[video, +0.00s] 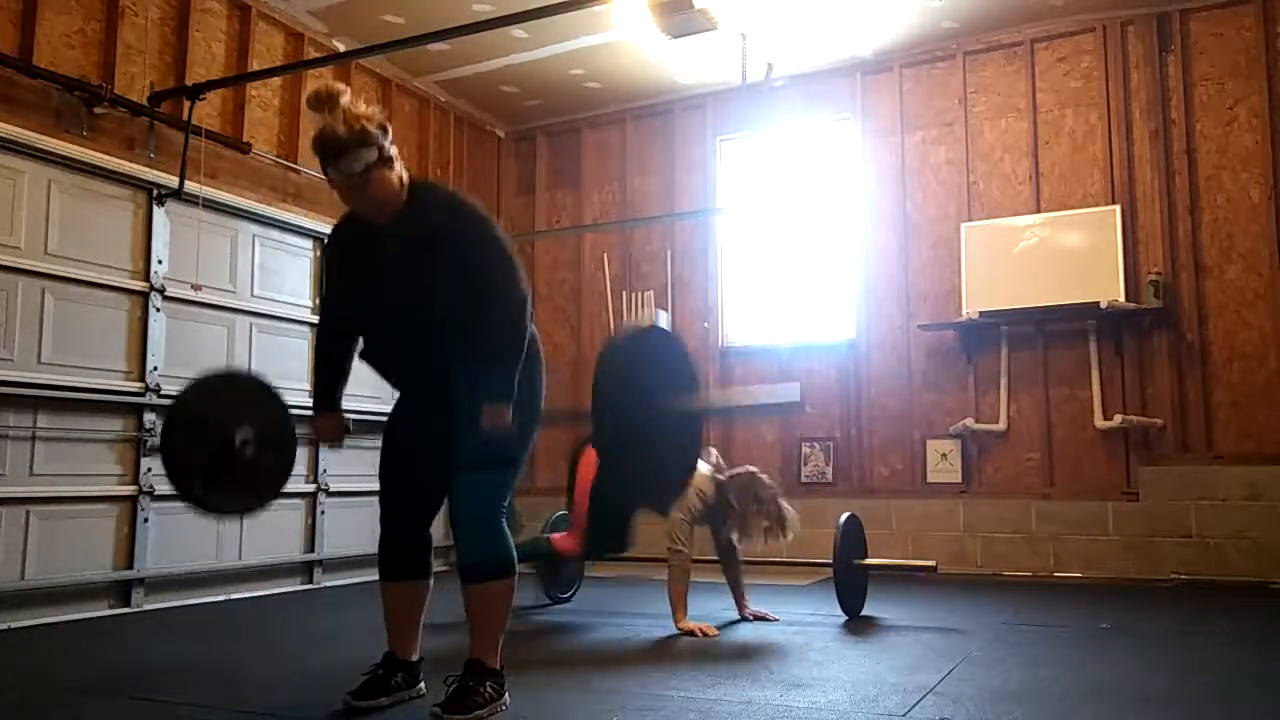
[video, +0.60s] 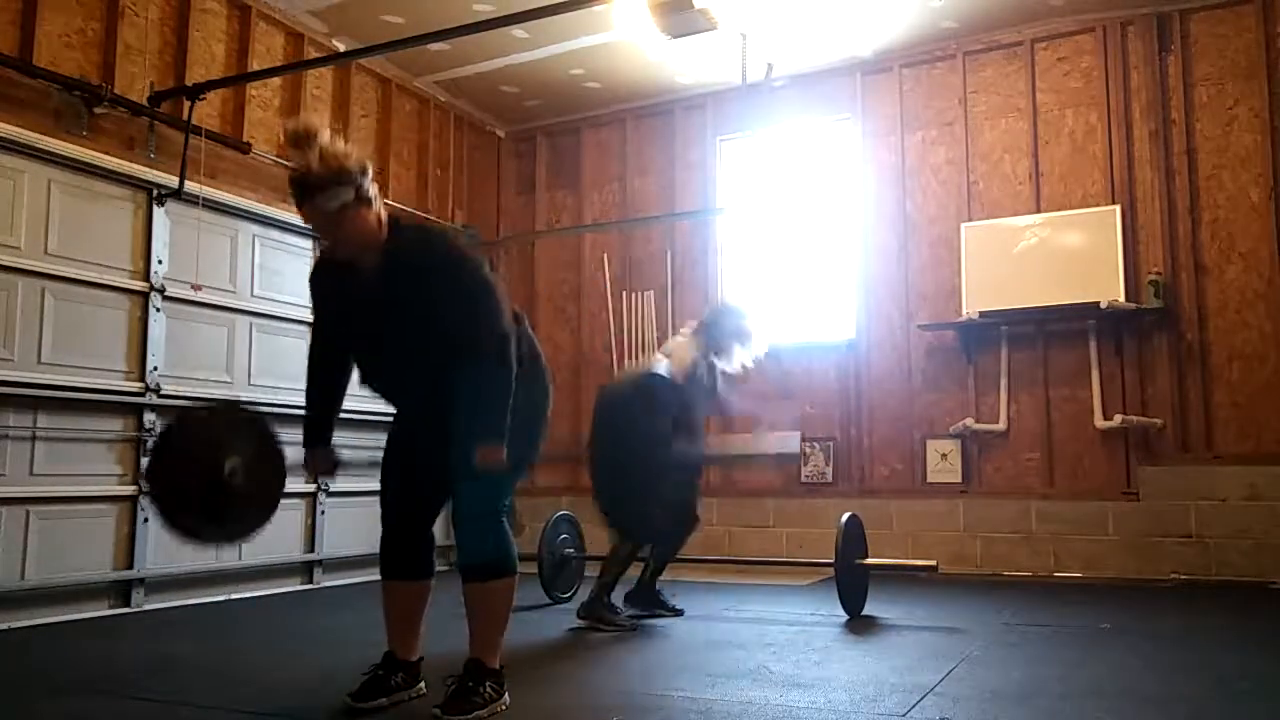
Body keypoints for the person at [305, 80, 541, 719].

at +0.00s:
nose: (372, 186)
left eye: (378, 168)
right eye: (354, 179)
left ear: (395, 155)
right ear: (333, 183)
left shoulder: (450, 217)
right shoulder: (345, 245)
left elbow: (508, 297)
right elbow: (335, 327)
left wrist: (498, 390)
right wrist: (327, 403)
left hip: (495, 379)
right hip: (424, 385)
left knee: (477, 512)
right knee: (401, 512)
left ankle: (486, 669)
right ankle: (403, 662)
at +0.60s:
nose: (325, 239)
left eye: (332, 224)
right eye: (316, 228)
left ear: (369, 205)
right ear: (313, 224)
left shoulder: (437, 253)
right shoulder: (332, 277)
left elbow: (491, 342)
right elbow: (328, 359)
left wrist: (491, 430)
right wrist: (318, 438)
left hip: (494, 393)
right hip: (422, 401)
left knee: (479, 517)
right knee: (402, 517)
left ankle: (485, 669)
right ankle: (403, 662)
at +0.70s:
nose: (326, 281)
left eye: (335, 263)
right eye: (317, 267)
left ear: (369, 246)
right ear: (311, 263)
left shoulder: (442, 293)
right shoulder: (330, 314)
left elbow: (482, 393)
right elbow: (321, 400)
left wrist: (482, 482)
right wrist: (310, 484)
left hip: (500, 409)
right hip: (422, 419)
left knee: (475, 515)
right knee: (394, 514)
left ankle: (485, 670)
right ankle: (401, 664)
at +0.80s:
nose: (329, 318)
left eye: (338, 301)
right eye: (319, 305)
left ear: (372, 283)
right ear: (310, 300)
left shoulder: (444, 331)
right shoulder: (330, 350)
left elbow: (472, 441)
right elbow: (318, 440)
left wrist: (479, 532)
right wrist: (305, 528)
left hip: (505, 433)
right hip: (423, 443)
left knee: (463, 534)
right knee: (382, 515)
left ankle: (483, 672)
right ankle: (400, 665)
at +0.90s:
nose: (332, 351)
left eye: (341, 334)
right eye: (320, 340)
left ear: (371, 318)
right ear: (310, 338)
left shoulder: (446, 365)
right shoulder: (329, 386)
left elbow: (470, 483)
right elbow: (316, 476)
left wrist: (476, 581)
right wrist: (300, 564)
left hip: (514, 450)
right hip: (427, 459)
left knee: (448, 532)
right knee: (369, 519)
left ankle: (482, 674)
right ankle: (399, 666)